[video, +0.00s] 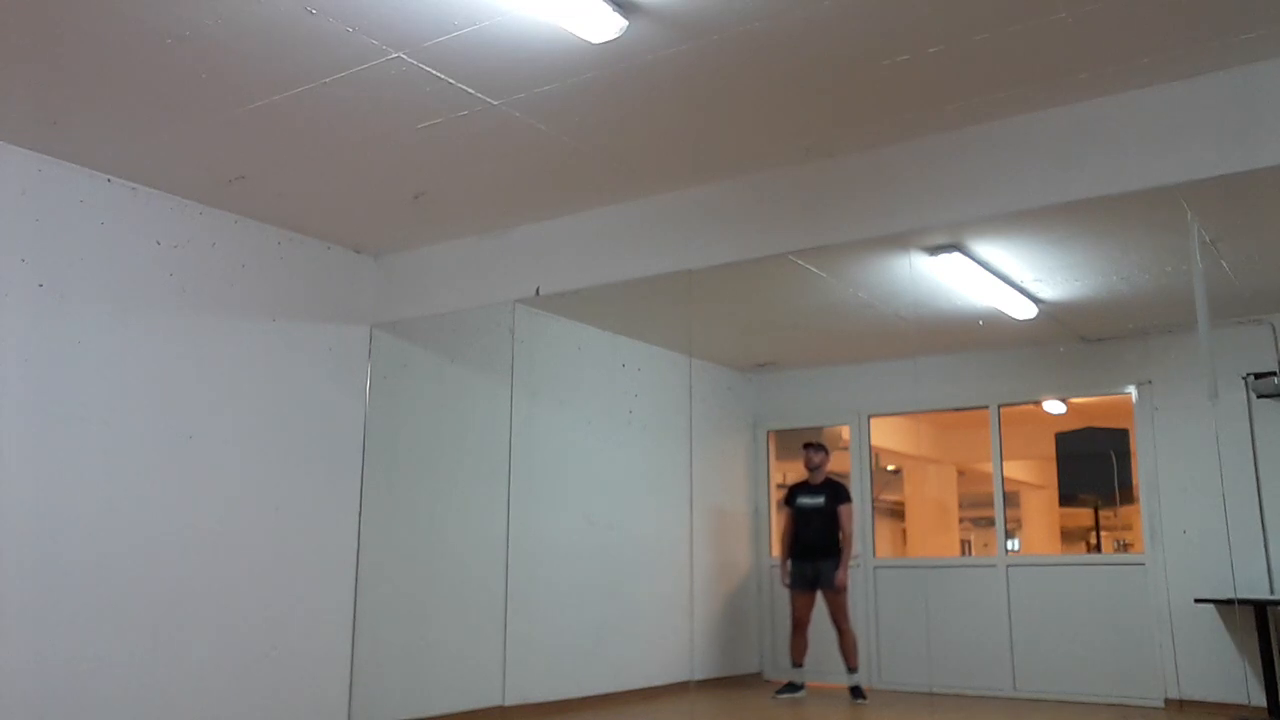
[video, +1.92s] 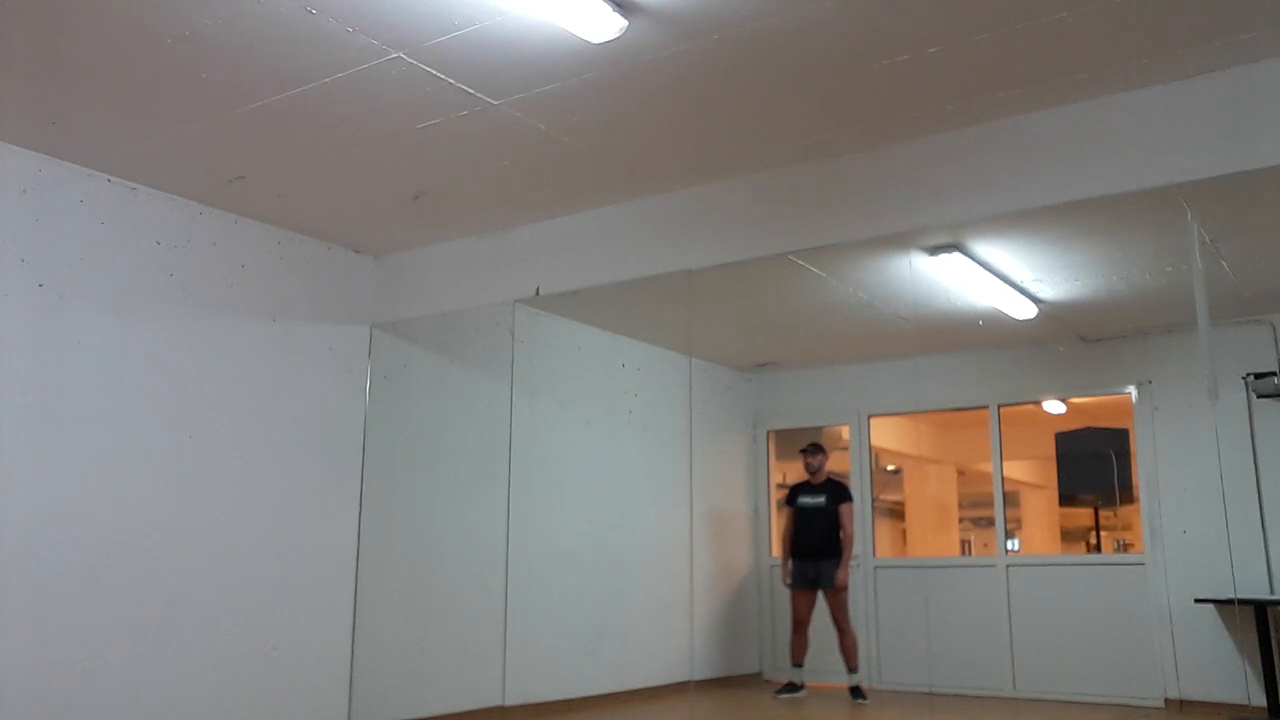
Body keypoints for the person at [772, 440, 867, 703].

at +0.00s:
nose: (811, 458)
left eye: (817, 454)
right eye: (808, 454)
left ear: (827, 459)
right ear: (804, 459)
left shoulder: (838, 490)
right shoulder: (794, 491)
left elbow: (846, 532)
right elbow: (788, 528)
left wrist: (843, 567)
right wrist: (784, 562)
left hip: (830, 564)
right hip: (801, 564)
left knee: (842, 623)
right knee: (799, 623)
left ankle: (854, 681)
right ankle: (797, 680)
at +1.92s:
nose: (810, 461)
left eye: (815, 456)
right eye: (806, 457)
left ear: (825, 459)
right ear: (803, 461)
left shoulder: (839, 490)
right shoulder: (796, 491)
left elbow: (847, 531)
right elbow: (788, 528)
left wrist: (844, 566)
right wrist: (786, 562)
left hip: (831, 564)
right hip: (802, 565)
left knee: (842, 623)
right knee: (799, 624)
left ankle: (854, 682)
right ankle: (796, 680)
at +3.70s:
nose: (804, 460)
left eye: (809, 455)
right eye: (800, 456)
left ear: (820, 459)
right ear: (797, 461)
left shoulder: (829, 487)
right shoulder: (790, 492)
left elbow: (812, 514)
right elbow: (781, 530)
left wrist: (773, 520)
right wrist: (773, 561)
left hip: (824, 564)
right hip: (796, 565)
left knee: (837, 624)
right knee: (789, 623)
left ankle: (854, 683)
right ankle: (796, 680)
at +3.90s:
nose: (783, 473)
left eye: (787, 469)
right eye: (780, 470)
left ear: (799, 470)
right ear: (777, 472)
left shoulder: (812, 500)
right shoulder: (770, 500)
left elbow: (833, 534)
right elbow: (741, 525)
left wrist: (853, 564)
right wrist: (714, 549)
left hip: (813, 571)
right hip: (785, 571)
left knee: (820, 623)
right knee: (776, 625)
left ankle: (845, 678)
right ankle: (794, 681)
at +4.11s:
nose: (782, 444)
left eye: (787, 439)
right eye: (779, 440)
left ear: (798, 442)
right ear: (775, 445)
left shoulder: (817, 470)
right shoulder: (771, 474)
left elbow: (855, 466)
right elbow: (735, 489)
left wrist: (880, 457)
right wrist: (699, 500)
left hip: (806, 549)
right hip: (777, 549)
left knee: (806, 608)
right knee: (771, 607)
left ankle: (795, 658)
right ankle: (768, 659)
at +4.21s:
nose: (781, 443)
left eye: (785, 439)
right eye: (776, 441)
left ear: (795, 443)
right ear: (774, 449)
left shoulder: (816, 466)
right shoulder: (771, 476)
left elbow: (846, 438)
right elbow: (734, 485)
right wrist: (698, 493)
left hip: (809, 546)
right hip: (779, 544)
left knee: (801, 614)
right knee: (754, 593)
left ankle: (792, 671)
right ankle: (727, 636)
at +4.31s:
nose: (780, 455)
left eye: (784, 451)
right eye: (776, 453)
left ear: (796, 452)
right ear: (775, 459)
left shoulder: (814, 472)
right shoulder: (774, 487)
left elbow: (825, 431)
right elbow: (737, 491)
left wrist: (825, 394)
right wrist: (701, 493)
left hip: (810, 555)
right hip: (779, 552)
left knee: (800, 620)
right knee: (741, 593)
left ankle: (789, 677)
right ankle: (697, 633)